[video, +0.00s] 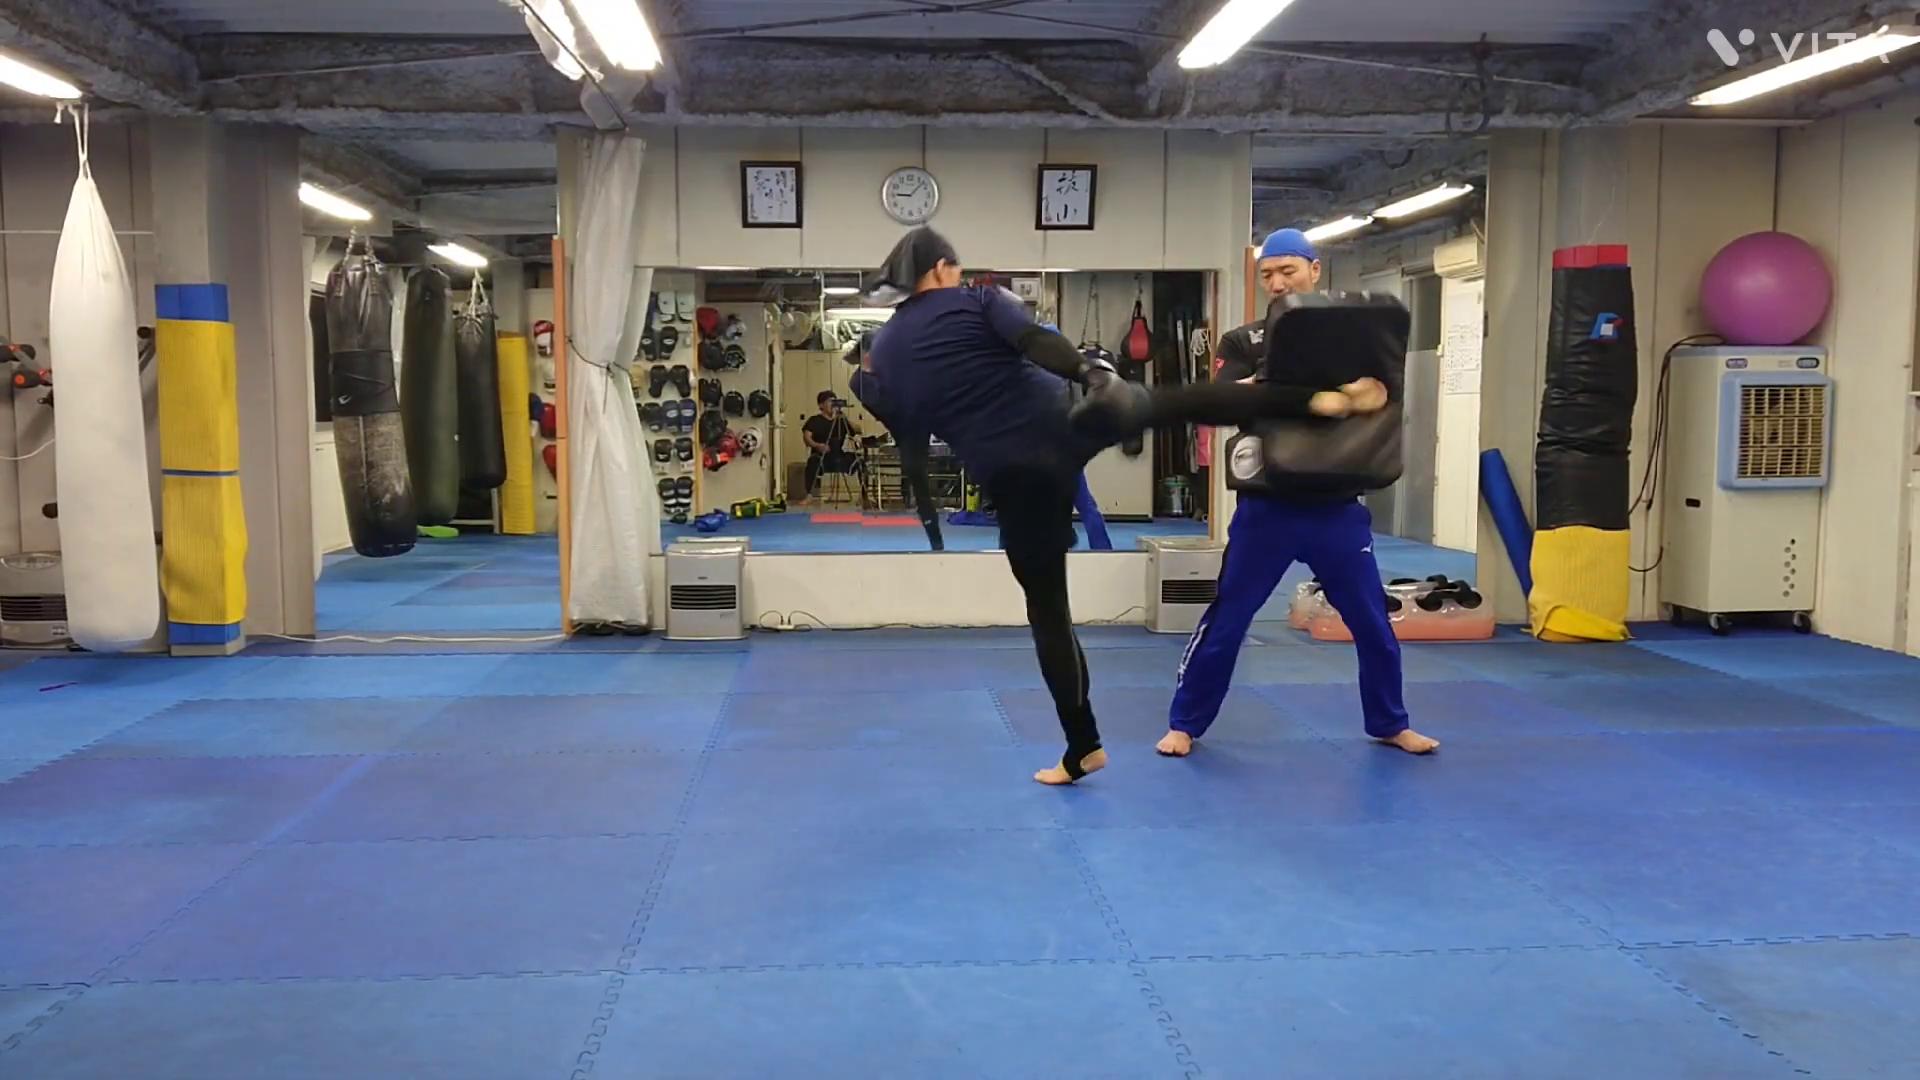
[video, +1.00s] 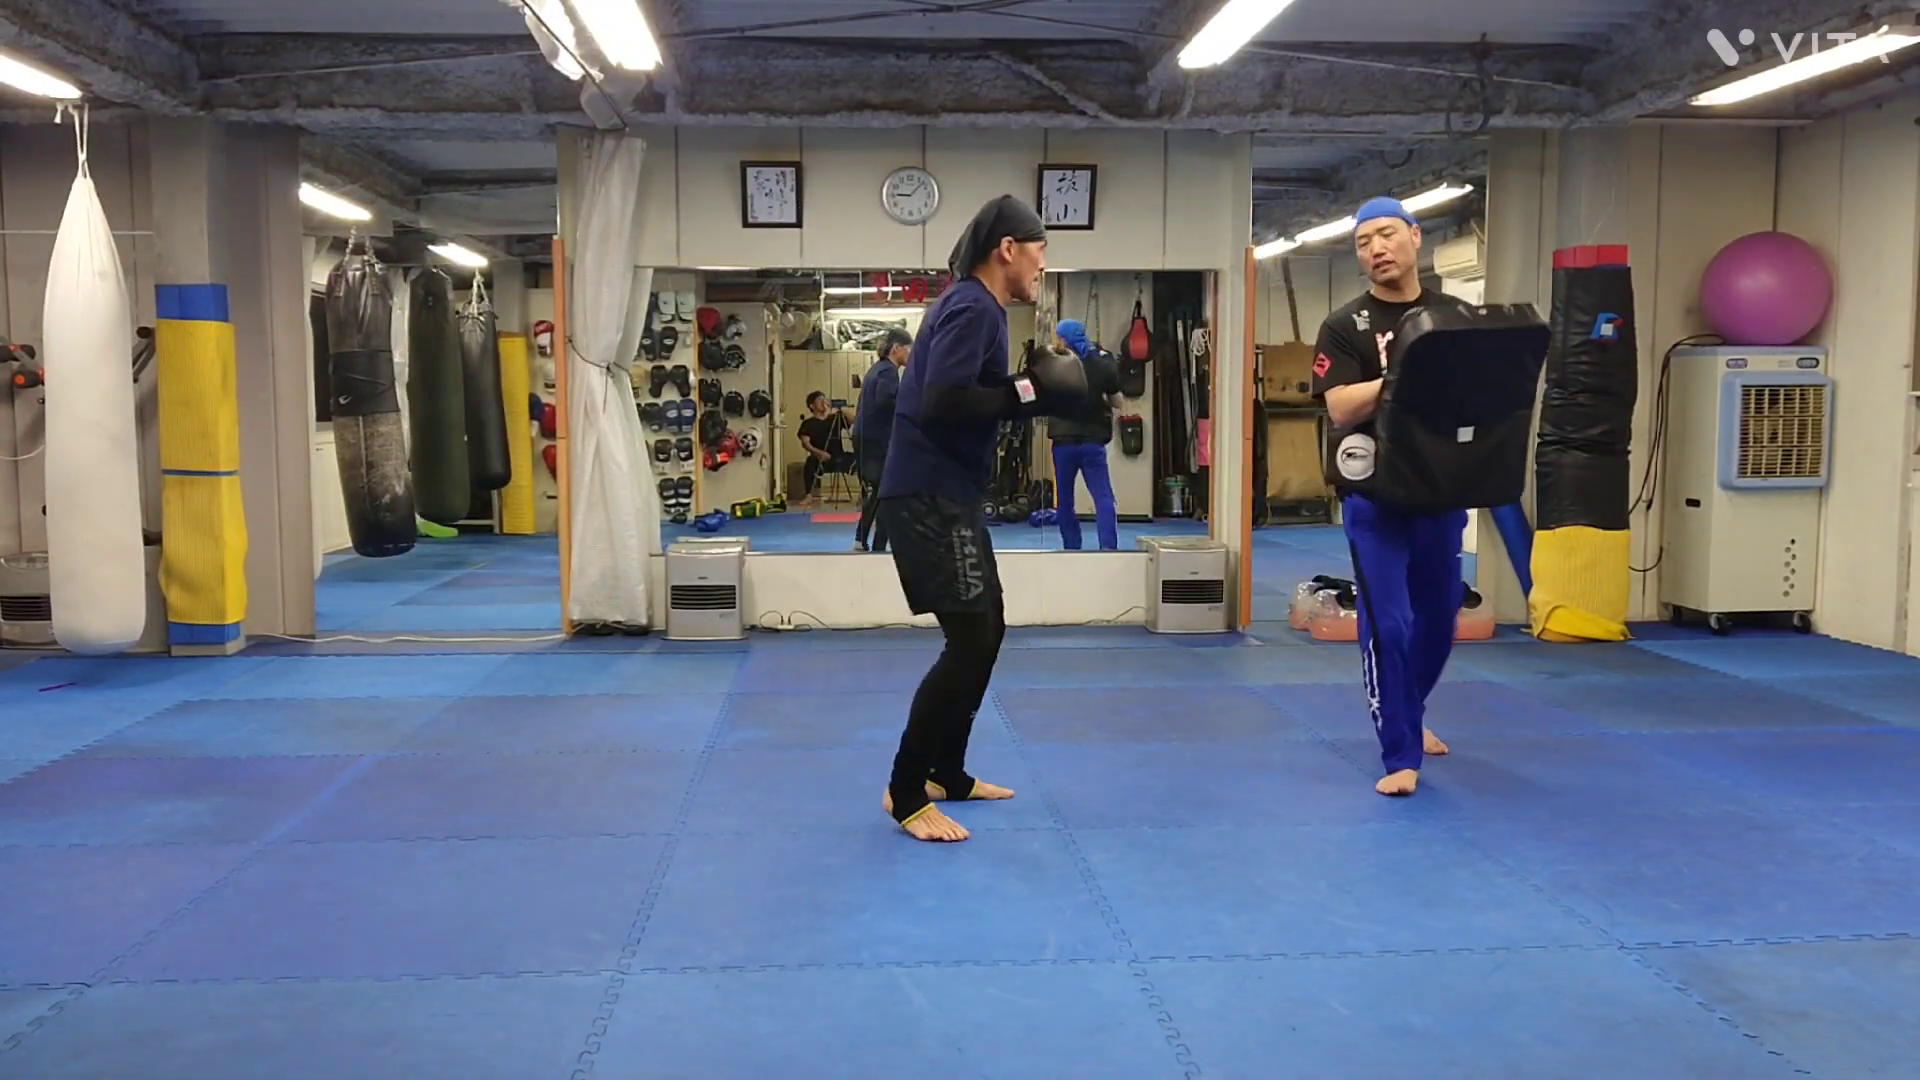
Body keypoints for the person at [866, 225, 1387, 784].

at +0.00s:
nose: (961, 276)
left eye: (956, 269)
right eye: (956, 268)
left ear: (900, 287)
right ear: (940, 272)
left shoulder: (885, 357)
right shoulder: (976, 298)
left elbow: (909, 433)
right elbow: (1036, 340)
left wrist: (865, 379)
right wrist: (1090, 368)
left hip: (1015, 478)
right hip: (1064, 420)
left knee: (1049, 617)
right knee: (1171, 401)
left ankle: (1082, 747)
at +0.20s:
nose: (1001, 262)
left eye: (1000, 252)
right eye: (996, 252)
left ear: (945, 257)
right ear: (972, 250)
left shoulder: (910, 332)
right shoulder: (990, 292)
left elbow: (921, 426)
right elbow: (1046, 354)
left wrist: (973, 399)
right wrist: (1147, 387)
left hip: (979, 480)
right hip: (1034, 452)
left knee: (1029, 624)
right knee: (1160, 509)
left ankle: (1059, 766)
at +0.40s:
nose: (1046, 261)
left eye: (1045, 249)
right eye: (1042, 249)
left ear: (999, 249)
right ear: (1018, 247)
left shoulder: (970, 301)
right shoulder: (1003, 302)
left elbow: (994, 387)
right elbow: (1020, 380)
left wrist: (1078, 378)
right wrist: (1101, 382)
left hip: (964, 480)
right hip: (983, 482)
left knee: (1021, 622)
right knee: (996, 625)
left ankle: (1058, 766)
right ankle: (921, 790)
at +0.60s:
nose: (1067, 275)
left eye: (1066, 263)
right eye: (1064, 262)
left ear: (1028, 260)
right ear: (1038, 259)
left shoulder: (1010, 327)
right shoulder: (977, 317)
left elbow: (1015, 399)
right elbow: (945, 405)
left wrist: (1074, 398)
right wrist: (1033, 423)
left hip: (956, 494)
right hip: (921, 491)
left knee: (996, 611)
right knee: (928, 639)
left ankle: (1021, 754)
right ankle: (900, 806)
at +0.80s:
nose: (1053, 257)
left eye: (1053, 245)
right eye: (1049, 244)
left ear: (1014, 244)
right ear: (1020, 242)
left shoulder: (993, 308)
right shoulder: (969, 301)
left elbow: (980, 401)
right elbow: (920, 392)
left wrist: (1053, 408)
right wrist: (1008, 393)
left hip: (959, 495)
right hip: (922, 496)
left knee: (998, 610)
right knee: (927, 644)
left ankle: (952, 751)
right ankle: (899, 808)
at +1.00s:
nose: (1043, 268)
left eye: (1044, 255)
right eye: (1039, 254)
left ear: (1002, 251)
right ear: (1006, 250)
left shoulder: (979, 308)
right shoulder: (973, 307)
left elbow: (971, 399)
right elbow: (939, 398)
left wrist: (1036, 386)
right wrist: (1023, 391)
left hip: (952, 501)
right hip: (930, 502)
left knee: (987, 631)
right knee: (971, 638)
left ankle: (946, 773)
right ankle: (906, 793)